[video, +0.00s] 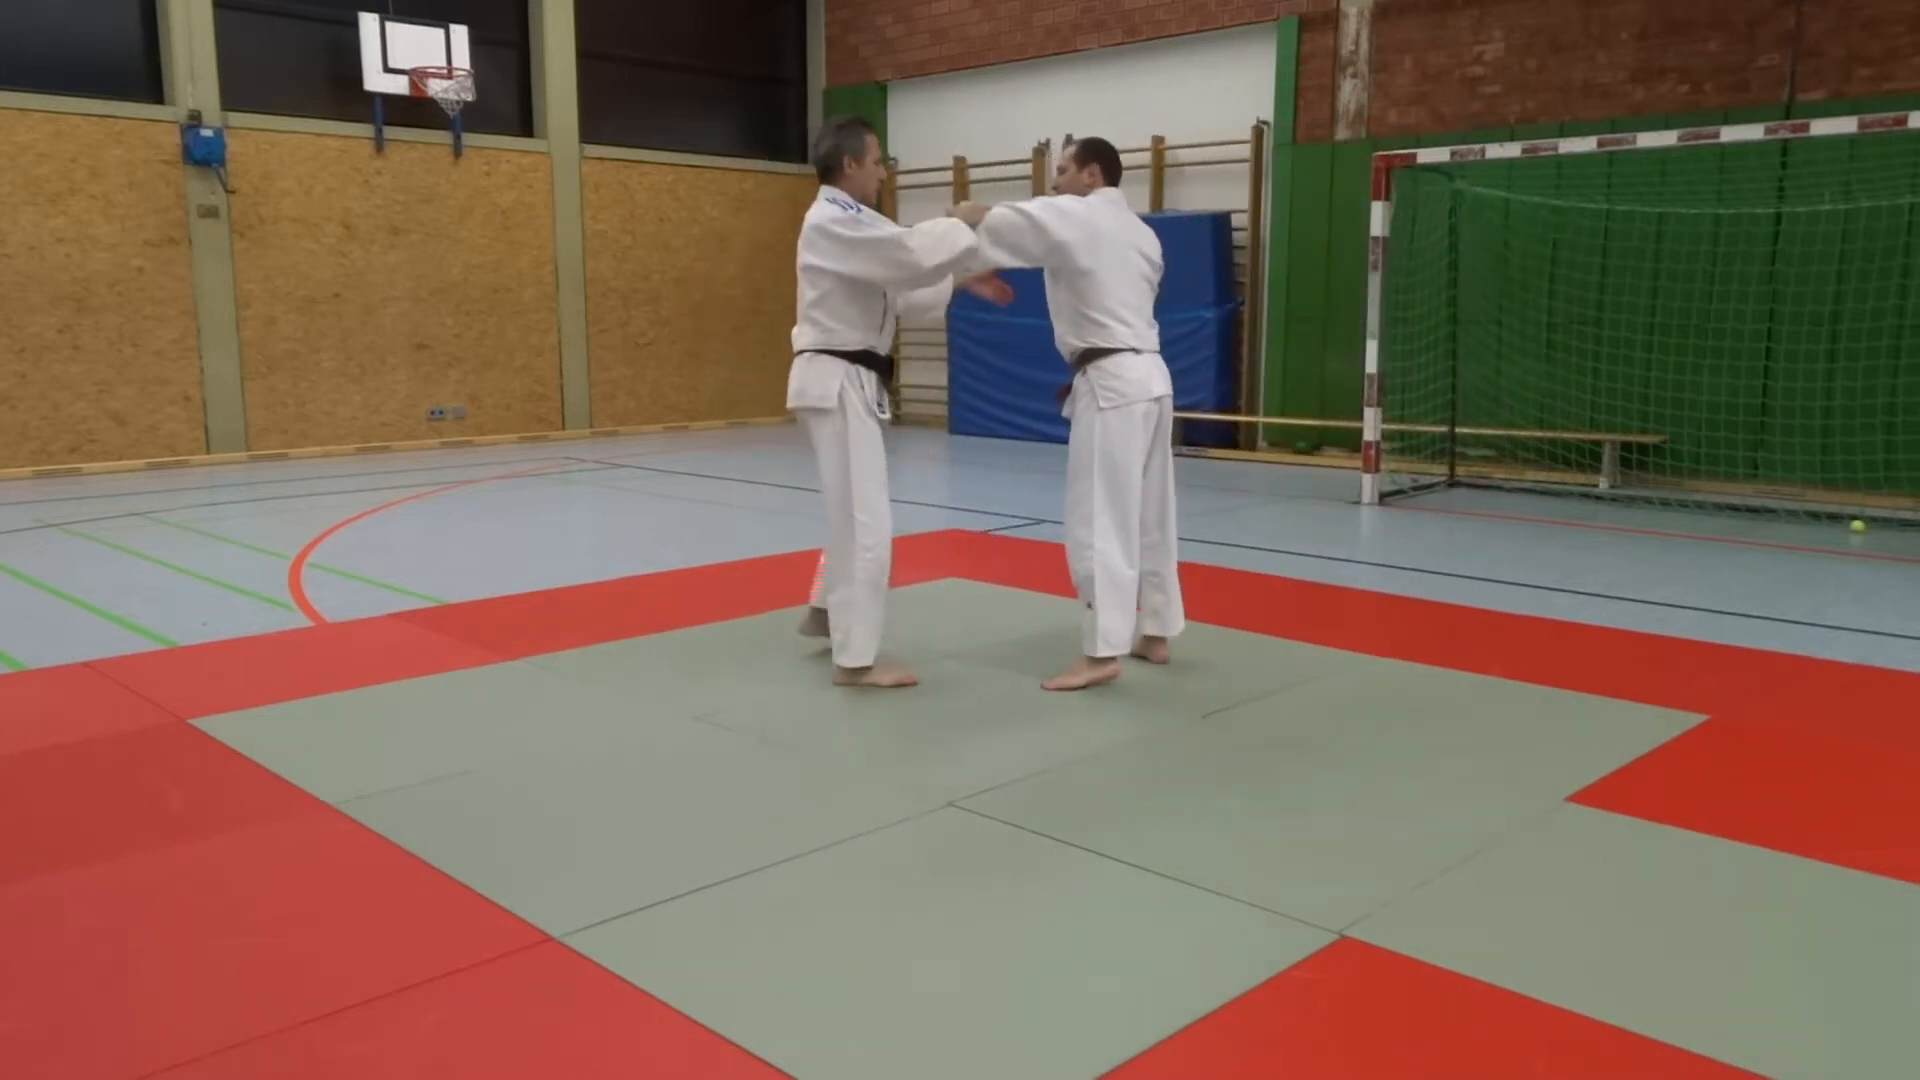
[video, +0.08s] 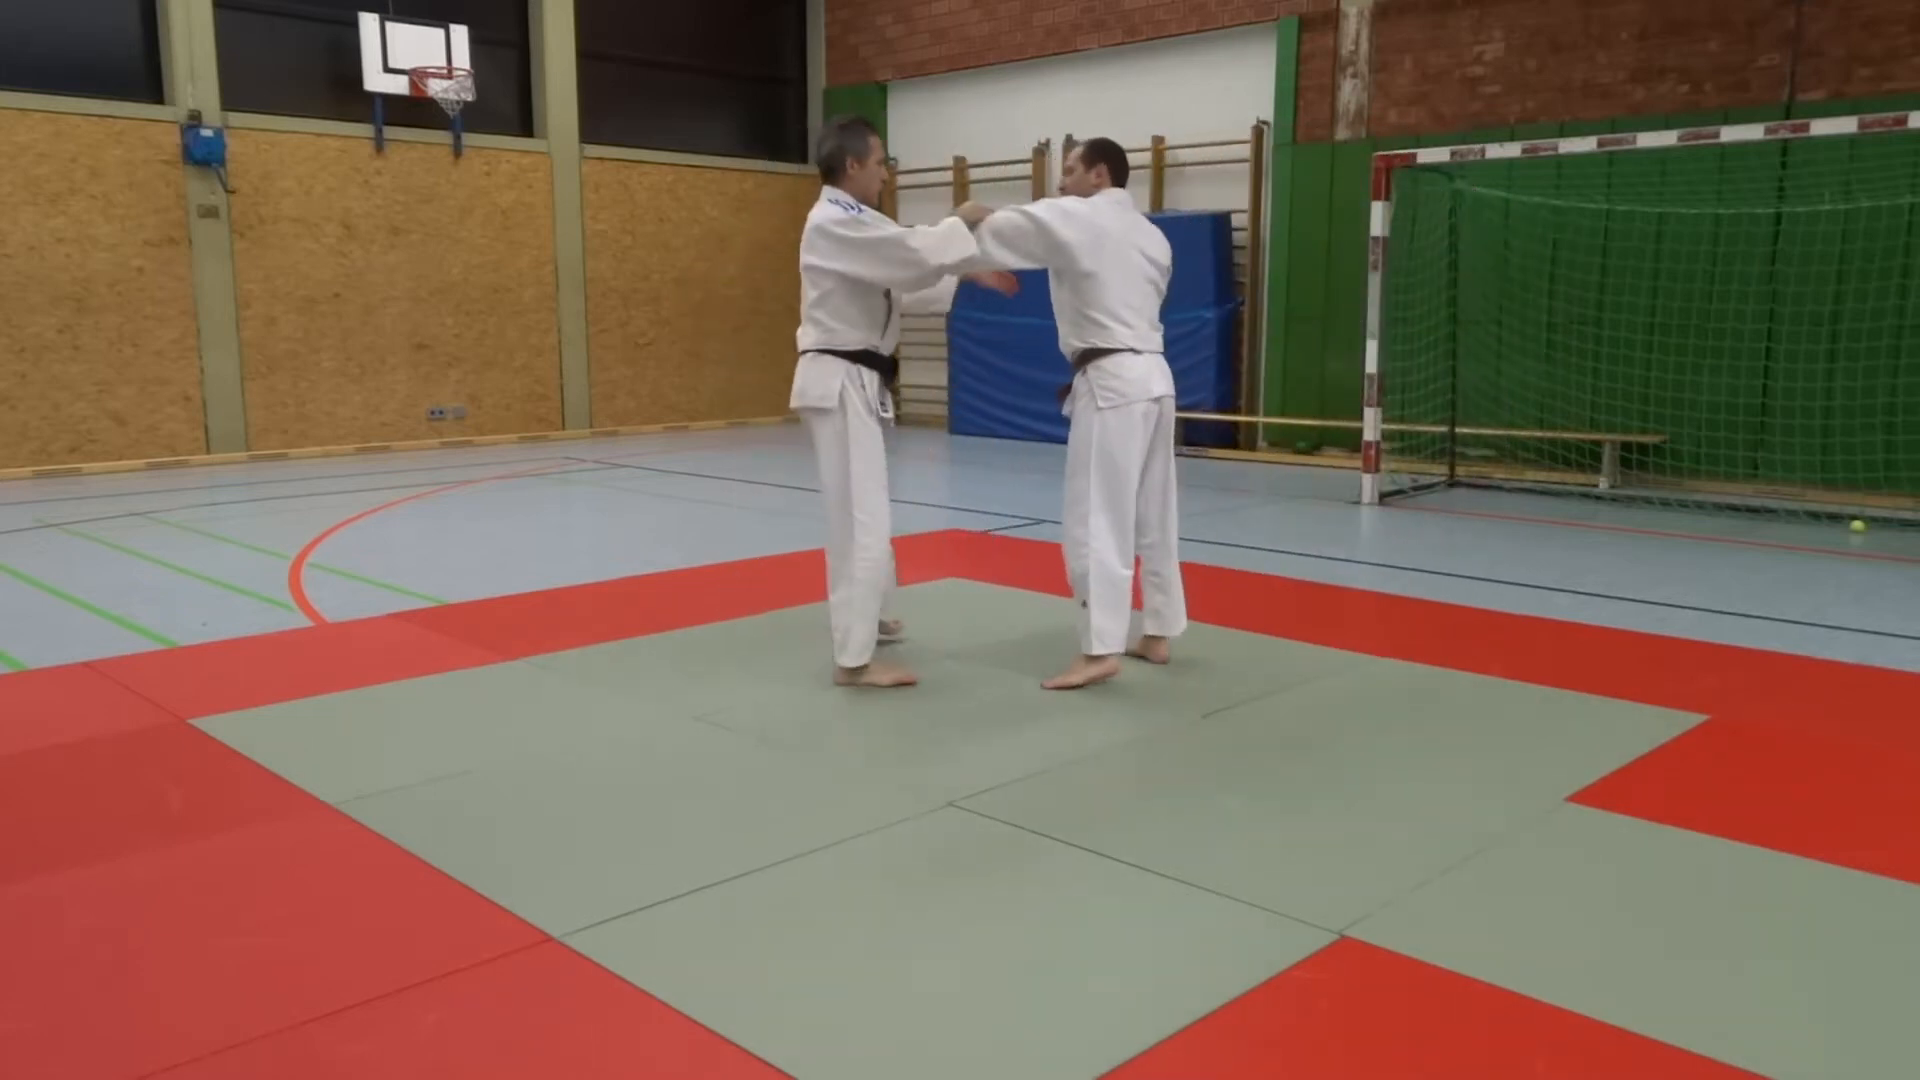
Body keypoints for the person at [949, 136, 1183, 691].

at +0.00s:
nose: (1055, 183)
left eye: (1061, 173)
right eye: (1056, 173)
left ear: (1091, 174)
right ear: (1105, 178)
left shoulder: (1070, 214)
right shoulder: (1143, 231)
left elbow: (994, 220)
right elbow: (1135, 308)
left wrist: (962, 213)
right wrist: (1087, 370)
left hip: (1111, 381)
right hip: (1153, 378)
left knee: (1098, 515)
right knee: (1150, 511)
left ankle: (1101, 654)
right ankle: (1154, 634)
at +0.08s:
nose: (1062, 182)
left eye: (1069, 172)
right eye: (1064, 173)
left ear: (1099, 174)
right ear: (1112, 179)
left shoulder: (1075, 216)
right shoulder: (1153, 234)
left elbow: (998, 226)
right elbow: (1141, 312)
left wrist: (971, 216)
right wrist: (1087, 372)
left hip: (1111, 380)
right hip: (1156, 378)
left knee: (1097, 515)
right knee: (1154, 513)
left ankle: (1101, 650)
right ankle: (1157, 636)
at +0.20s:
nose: (1067, 181)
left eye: (1075, 171)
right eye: (1069, 172)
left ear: (1105, 175)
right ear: (1121, 179)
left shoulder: (1079, 217)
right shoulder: (1162, 236)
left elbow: (998, 228)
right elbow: (1149, 316)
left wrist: (958, 222)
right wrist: (1089, 372)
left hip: (1112, 380)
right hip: (1162, 379)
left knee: (1091, 514)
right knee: (1159, 513)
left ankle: (1099, 646)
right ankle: (1159, 636)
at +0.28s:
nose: (1070, 180)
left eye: (1078, 170)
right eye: (1073, 170)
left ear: (1108, 173)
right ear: (1126, 177)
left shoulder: (1080, 217)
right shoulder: (1166, 236)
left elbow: (998, 228)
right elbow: (1149, 314)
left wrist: (939, 238)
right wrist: (1089, 369)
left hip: (1112, 381)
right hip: (1164, 379)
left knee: (1090, 516)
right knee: (1162, 514)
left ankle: (1099, 646)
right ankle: (1160, 636)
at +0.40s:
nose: (1073, 180)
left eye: (1081, 170)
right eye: (1076, 170)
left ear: (1110, 173)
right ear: (1130, 177)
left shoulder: (1077, 219)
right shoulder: (1169, 234)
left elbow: (995, 235)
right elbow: (1155, 307)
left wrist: (926, 240)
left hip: (1110, 381)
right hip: (1164, 379)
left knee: (1090, 516)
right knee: (1161, 513)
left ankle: (1099, 649)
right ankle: (1160, 637)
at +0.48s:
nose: (1075, 179)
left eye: (1082, 170)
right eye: (1078, 170)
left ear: (1107, 174)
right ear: (1133, 178)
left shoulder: (1076, 220)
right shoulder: (1171, 234)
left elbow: (991, 236)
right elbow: (1166, 313)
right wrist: (1092, 369)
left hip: (1108, 382)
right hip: (1164, 380)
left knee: (1091, 519)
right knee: (1161, 515)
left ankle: (1100, 653)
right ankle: (1161, 637)